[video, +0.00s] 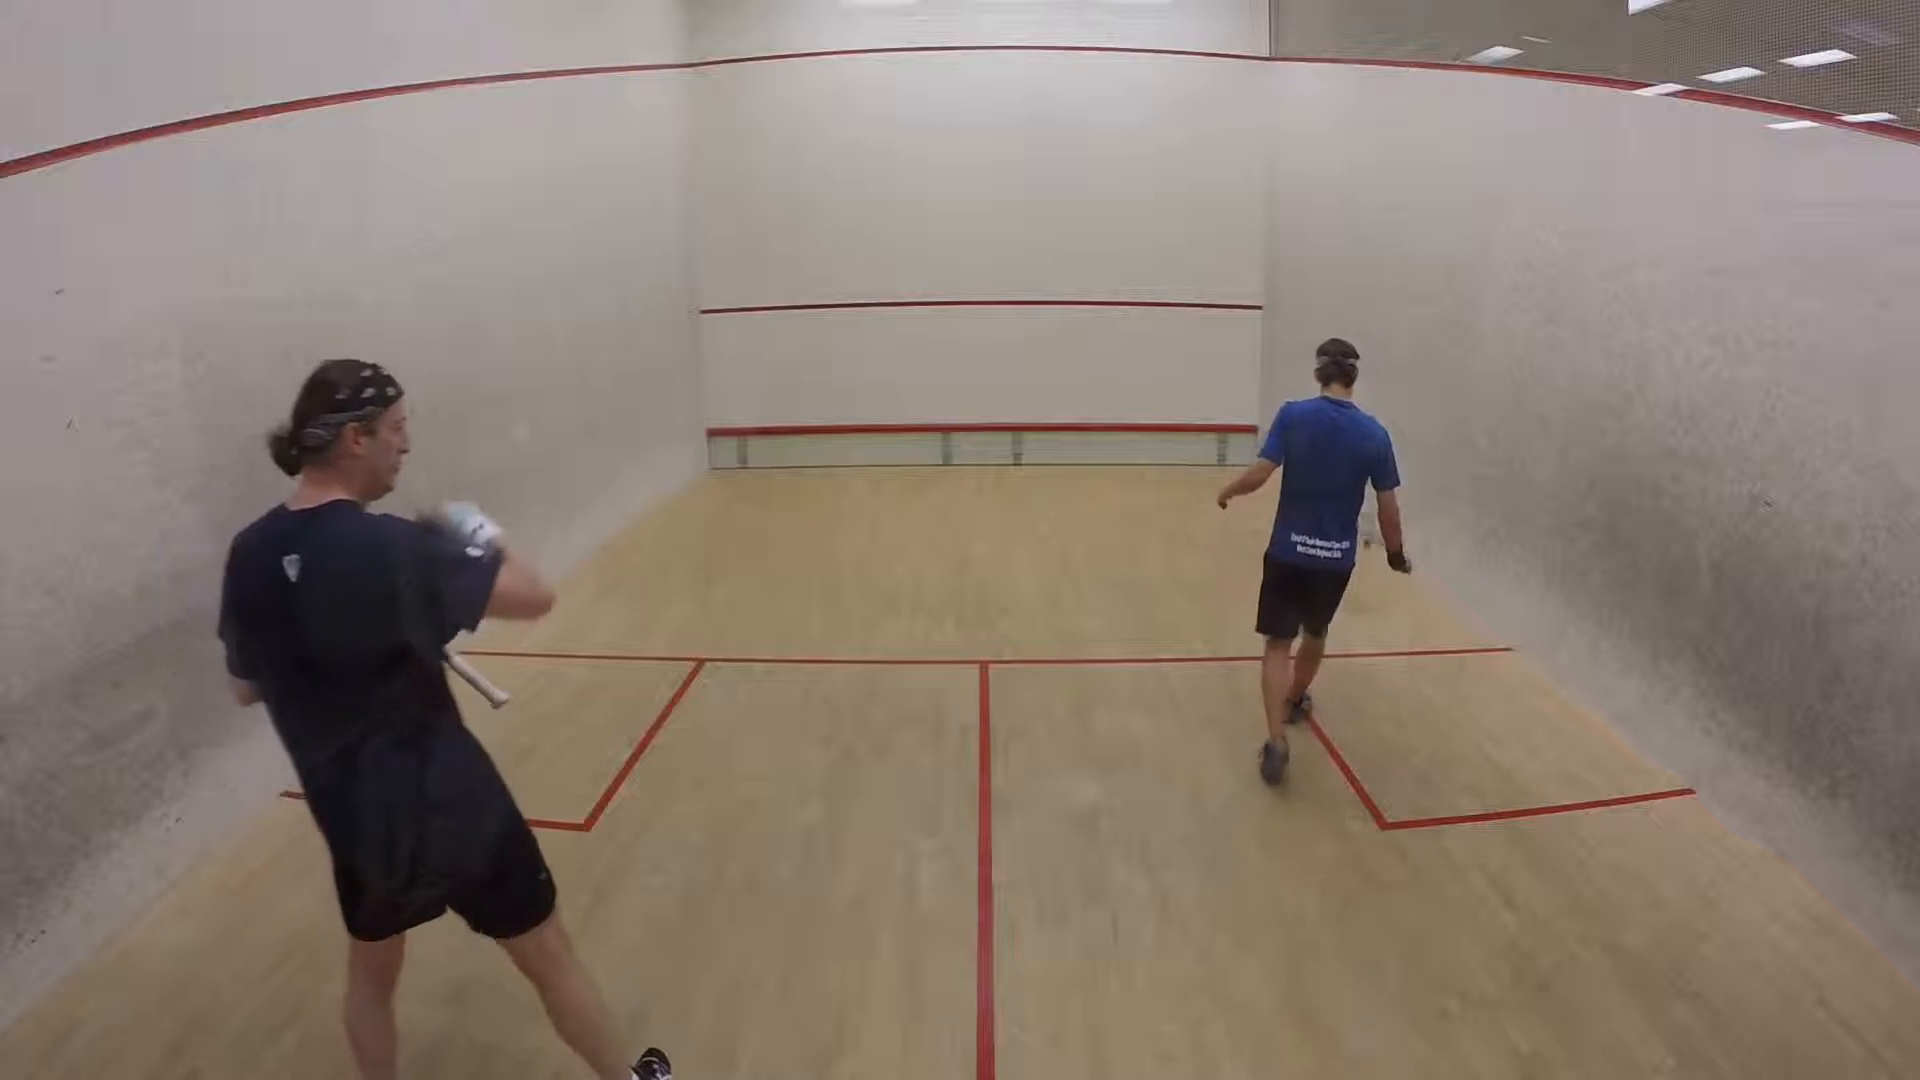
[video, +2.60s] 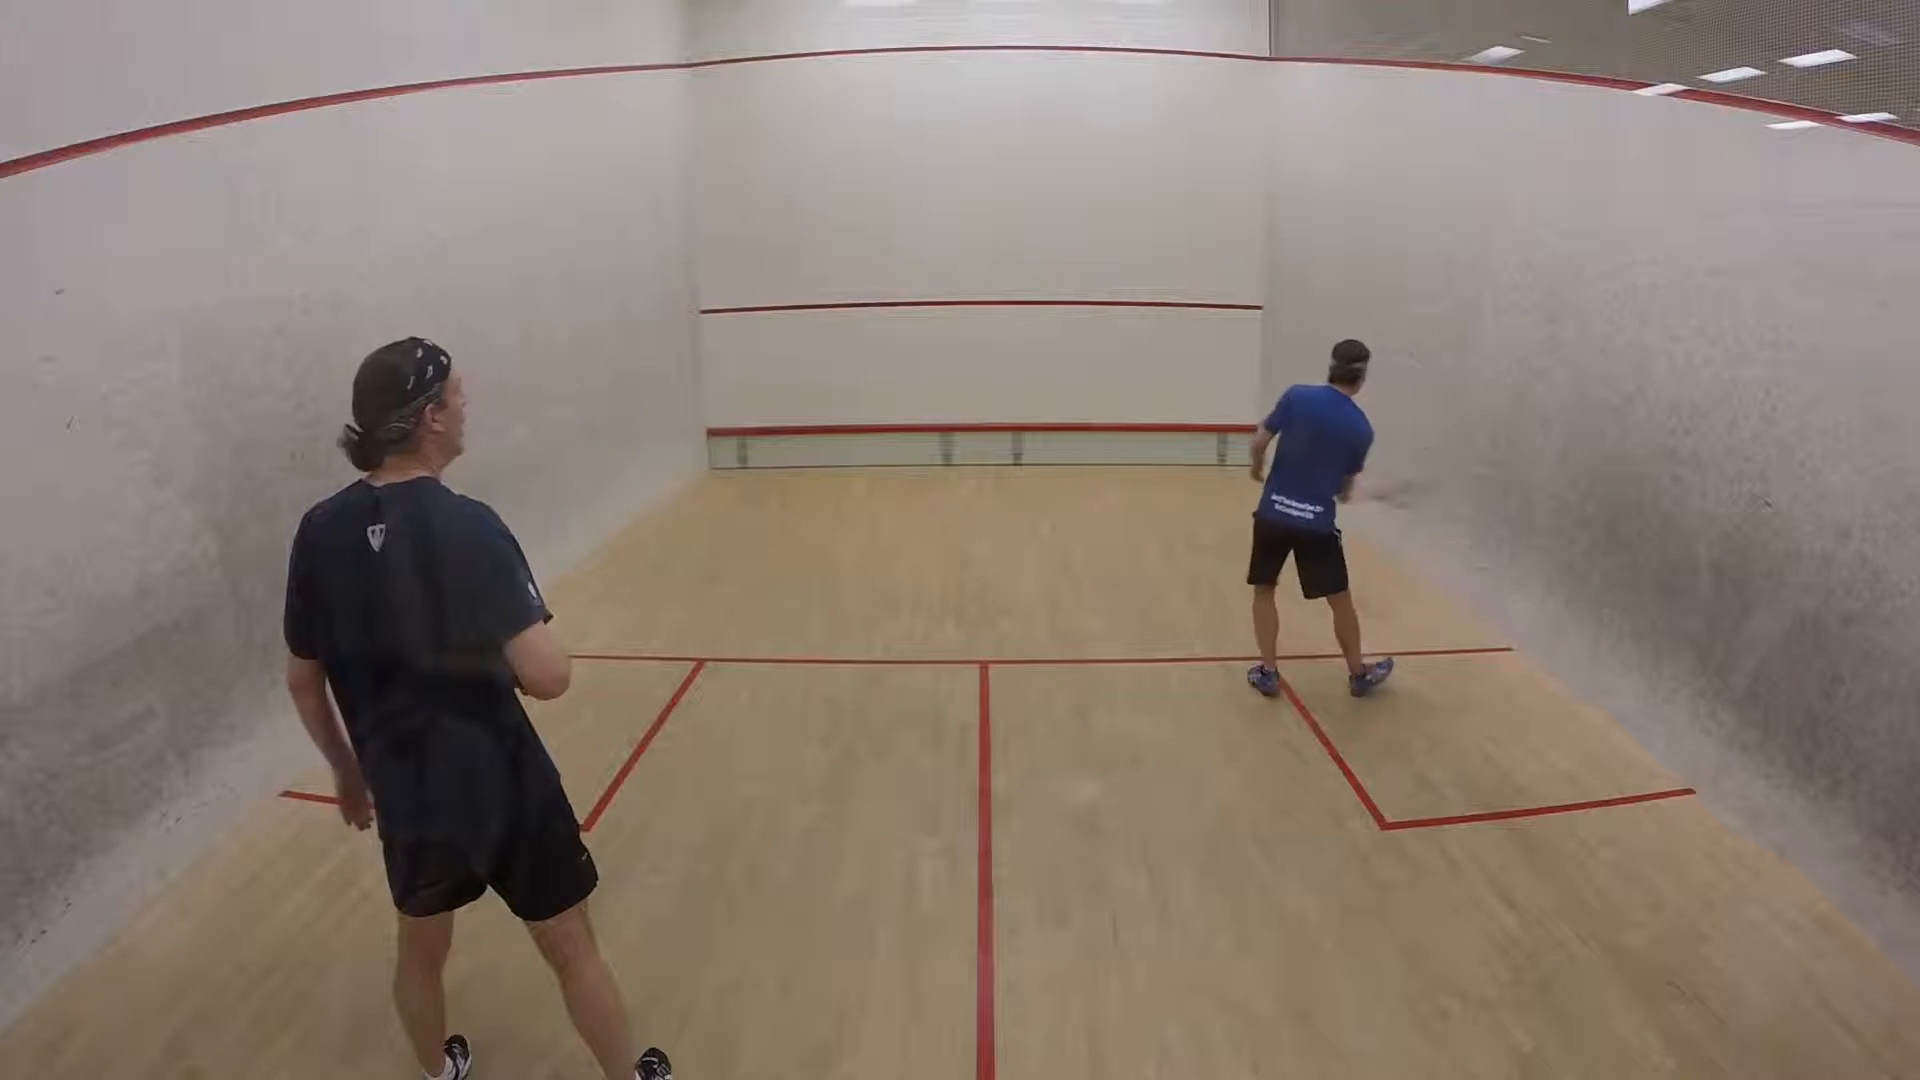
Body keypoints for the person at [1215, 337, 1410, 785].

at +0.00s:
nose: (1325, 378)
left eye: (1320, 370)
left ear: (1318, 375)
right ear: (1355, 377)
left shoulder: (1293, 414)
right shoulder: (1374, 434)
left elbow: (1259, 475)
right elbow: (1388, 508)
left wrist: (1226, 491)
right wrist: (1396, 554)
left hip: (1287, 555)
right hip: (1335, 563)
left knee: (1278, 645)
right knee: (1315, 634)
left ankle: (1276, 743)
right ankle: (1295, 699)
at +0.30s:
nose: (1358, 369)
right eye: (1365, 364)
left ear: (1332, 362)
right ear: (1366, 366)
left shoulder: (1301, 398)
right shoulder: (1375, 415)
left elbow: (1274, 457)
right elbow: (1383, 483)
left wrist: (1276, 496)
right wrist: (1388, 529)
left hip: (1298, 524)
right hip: (1341, 535)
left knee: (1292, 588)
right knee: (1320, 616)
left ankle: (1276, 672)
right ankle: (1294, 698)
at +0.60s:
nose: (1376, 379)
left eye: (1376, 371)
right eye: (1377, 372)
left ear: (1342, 362)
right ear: (1372, 370)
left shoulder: (1312, 395)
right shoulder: (1365, 415)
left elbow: (1292, 446)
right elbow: (1353, 485)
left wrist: (1329, 458)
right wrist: (1360, 545)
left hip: (1310, 517)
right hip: (1339, 525)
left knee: (1312, 588)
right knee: (1336, 606)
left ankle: (1308, 656)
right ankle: (1298, 682)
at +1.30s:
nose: (1421, 368)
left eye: (1424, 361)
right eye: (1416, 359)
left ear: (1397, 361)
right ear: (1394, 357)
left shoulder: (1379, 393)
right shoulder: (1383, 403)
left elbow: (1368, 461)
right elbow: (1366, 467)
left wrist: (1401, 491)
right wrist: (1413, 495)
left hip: (1354, 506)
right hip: (1373, 513)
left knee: (1351, 578)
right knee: (1382, 594)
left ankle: (1311, 649)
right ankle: (1368, 676)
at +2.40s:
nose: (1407, 390)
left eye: (1406, 383)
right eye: (1408, 384)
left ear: (1375, 375)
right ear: (1404, 386)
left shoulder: (1344, 398)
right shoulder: (1386, 432)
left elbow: (1310, 434)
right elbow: (1397, 501)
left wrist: (1344, 455)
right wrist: (1448, 514)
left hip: (1299, 510)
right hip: (1338, 525)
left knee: (1288, 585)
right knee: (1356, 601)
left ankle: (1269, 665)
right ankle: (1364, 676)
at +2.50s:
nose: (1388, 387)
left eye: (1386, 380)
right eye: (1388, 381)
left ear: (1354, 374)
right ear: (1383, 384)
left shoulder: (1319, 396)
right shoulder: (1374, 434)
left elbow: (1277, 439)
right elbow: (1378, 497)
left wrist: (1299, 461)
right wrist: (1421, 514)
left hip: (1286, 513)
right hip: (1327, 526)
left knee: (1277, 588)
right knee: (1346, 602)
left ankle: (1269, 671)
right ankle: (1363, 676)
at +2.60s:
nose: (1363, 380)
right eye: (1364, 376)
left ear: (1330, 369)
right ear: (1361, 378)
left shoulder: (1296, 396)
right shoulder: (1361, 428)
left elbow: (1259, 441)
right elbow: (1344, 487)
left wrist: (1256, 469)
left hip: (1272, 520)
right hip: (1316, 527)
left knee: (1264, 590)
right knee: (1340, 601)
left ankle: (1268, 672)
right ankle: (1358, 673)